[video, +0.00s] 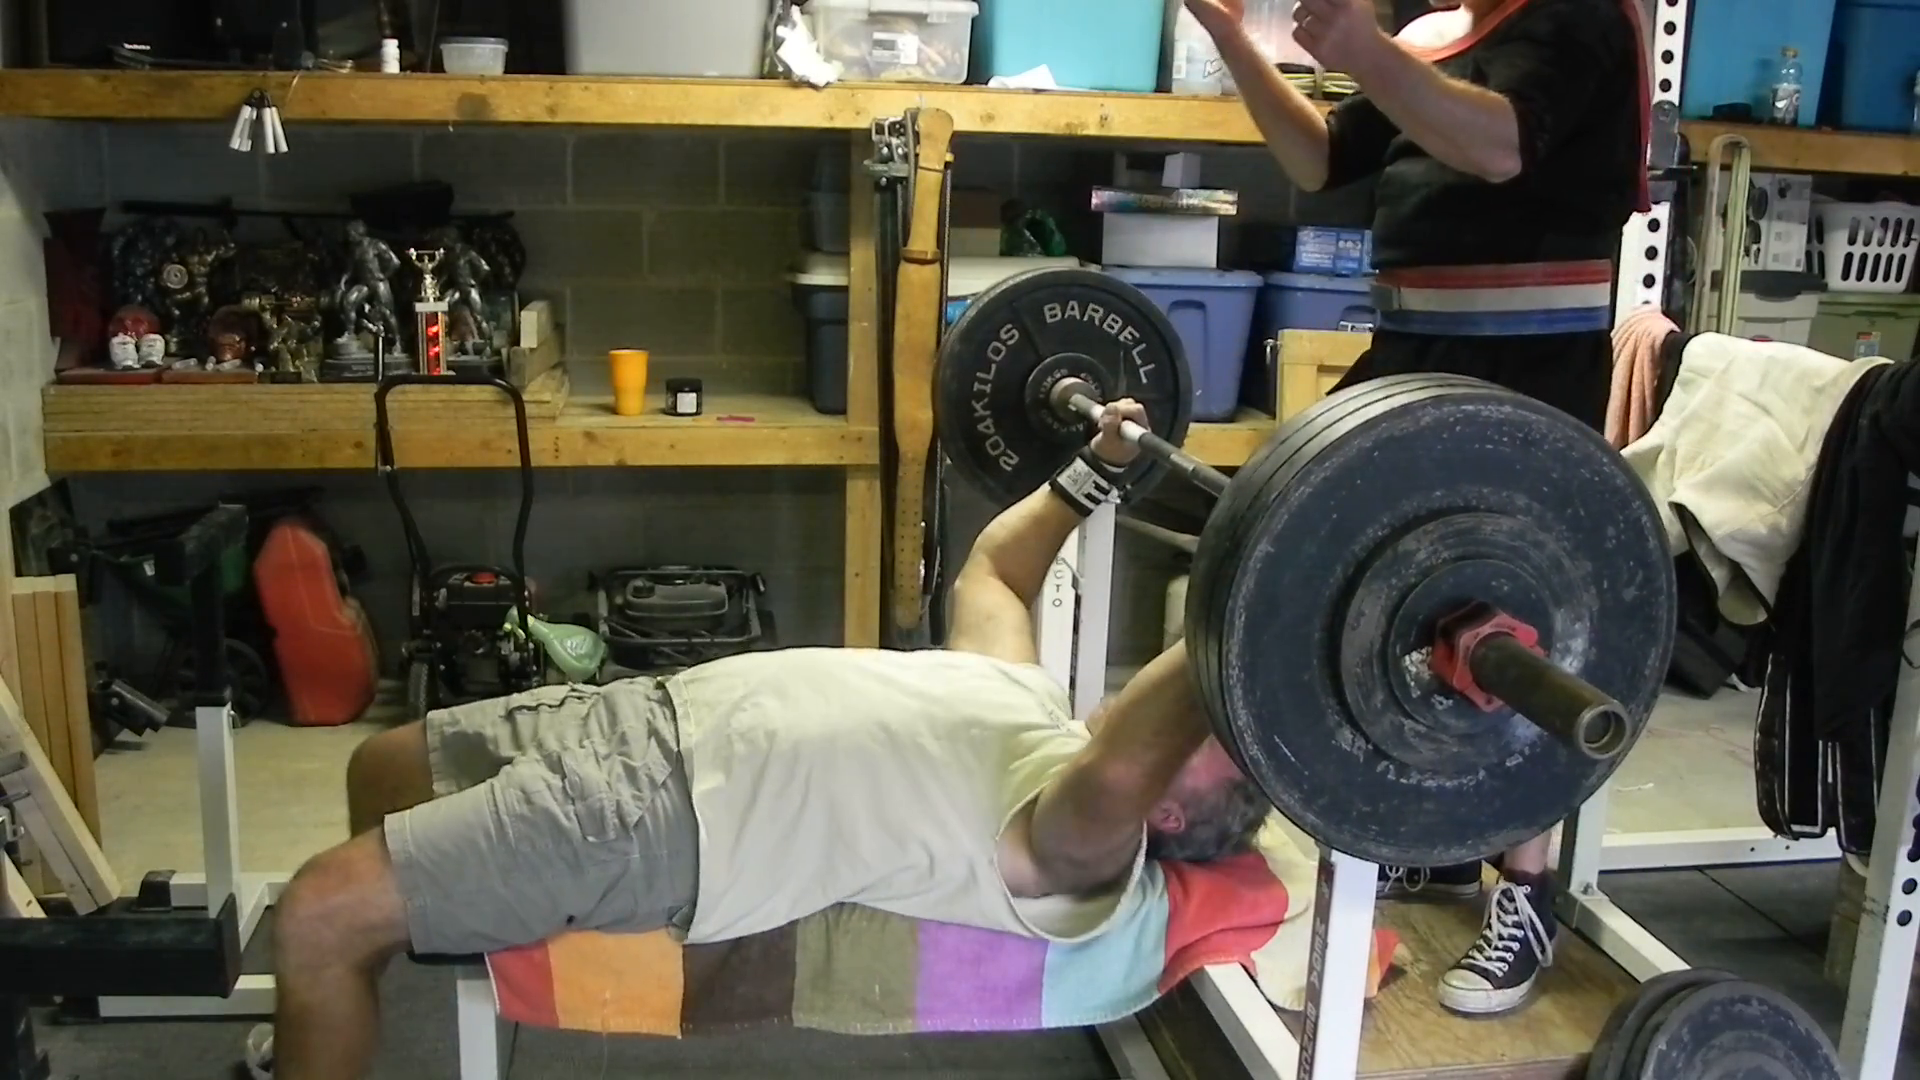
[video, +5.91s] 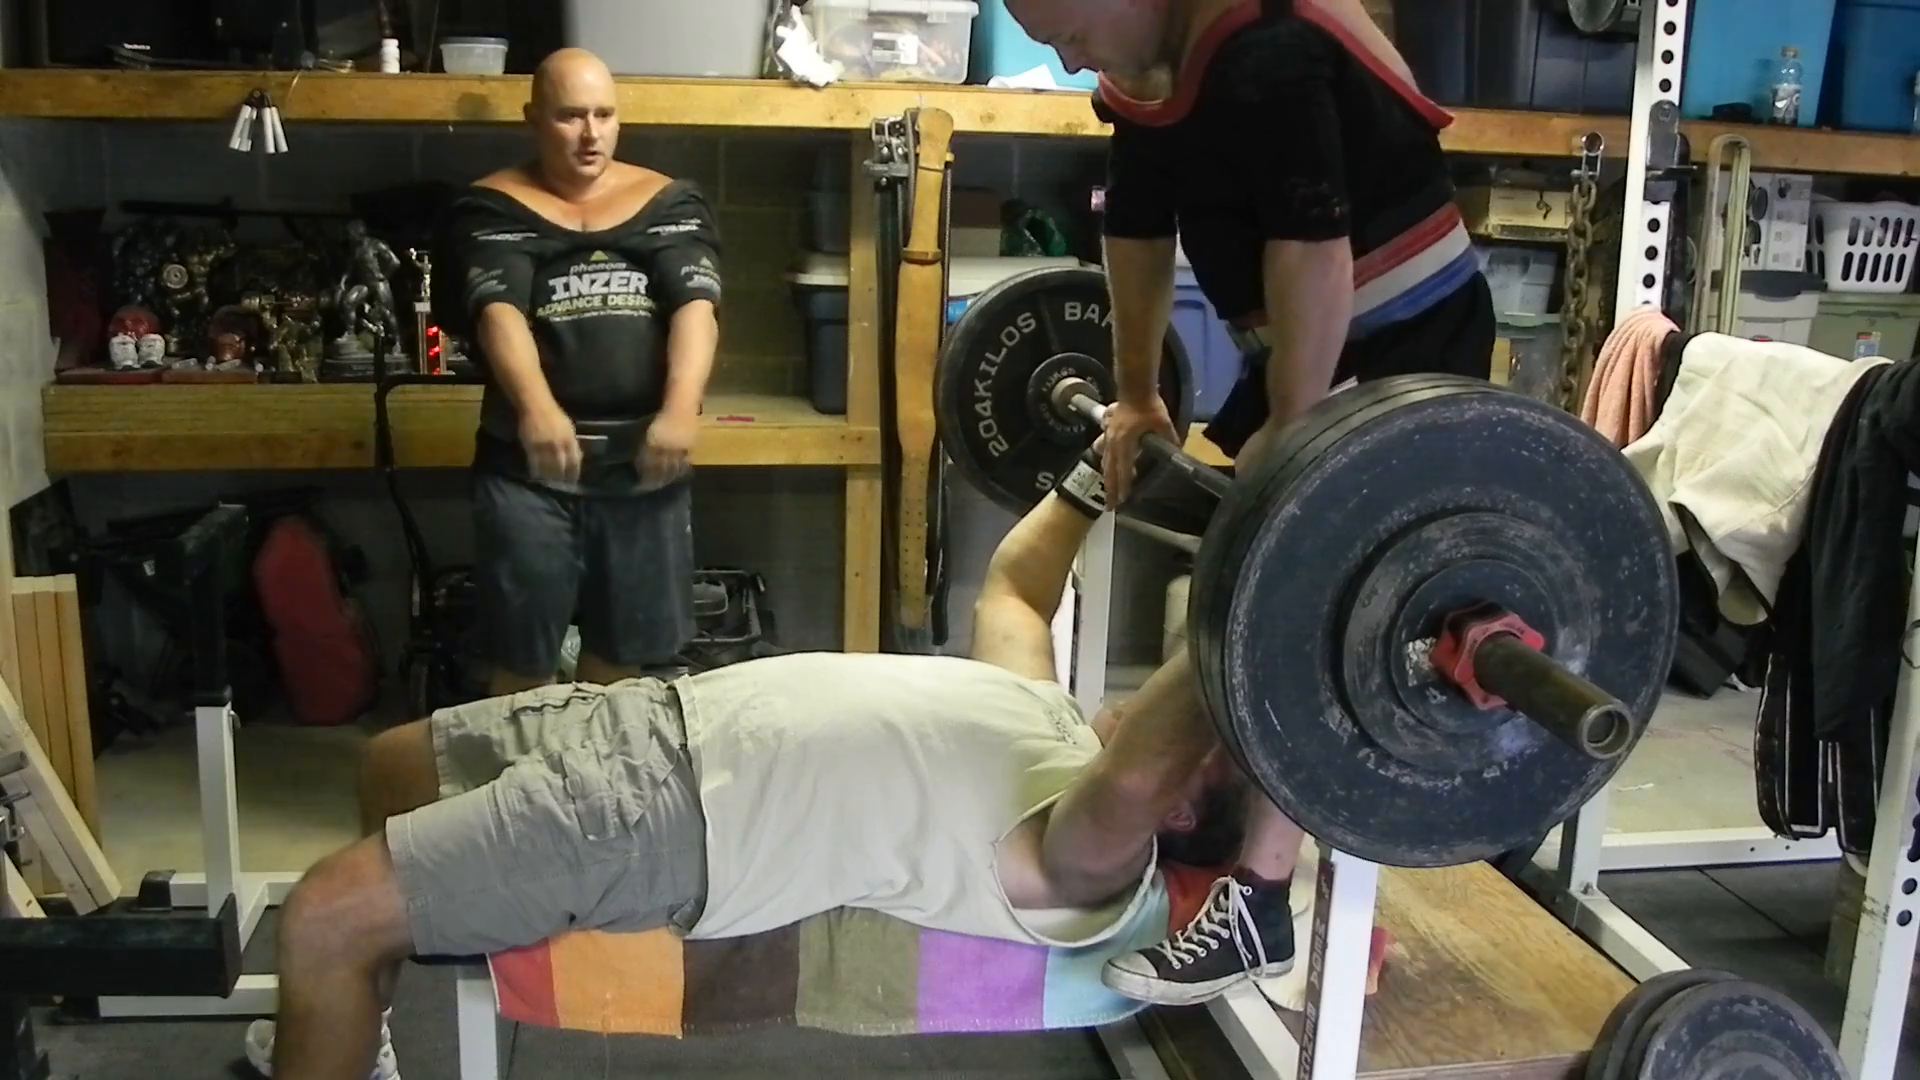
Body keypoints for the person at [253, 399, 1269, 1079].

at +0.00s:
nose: (1185, 731)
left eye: (1218, 745)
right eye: (1202, 716)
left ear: (1206, 810)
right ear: (1173, 719)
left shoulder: (1074, 851)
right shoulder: (1017, 702)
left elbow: (1125, 761)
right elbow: (999, 570)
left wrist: (1250, 623)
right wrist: (1086, 472)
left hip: (656, 821)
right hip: (635, 709)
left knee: (320, 914)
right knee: (384, 768)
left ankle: (318, 1062)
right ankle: (424, 951)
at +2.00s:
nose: (1191, 734)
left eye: (1220, 744)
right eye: (1207, 720)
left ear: (1214, 801)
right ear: (1184, 736)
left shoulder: (1080, 853)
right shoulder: (1026, 714)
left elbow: (1143, 753)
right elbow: (1008, 588)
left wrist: (1258, 608)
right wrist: (1091, 469)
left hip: (667, 818)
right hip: (648, 709)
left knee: (325, 921)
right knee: (386, 766)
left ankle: (331, 1065)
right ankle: (407, 991)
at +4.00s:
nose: (1181, 727)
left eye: (1207, 742)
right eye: (1203, 723)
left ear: (1202, 812)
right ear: (1187, 729)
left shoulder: (1078, 865)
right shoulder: (1043, 716)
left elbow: (1143, 754)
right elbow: (1013, 585)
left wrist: (1275, 596)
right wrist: (1104, 464)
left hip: (662, 817)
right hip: (648, 712)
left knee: (323, 922)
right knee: (391, 762)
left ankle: (332, 1064)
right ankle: (374, 1016)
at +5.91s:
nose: (1174, 722)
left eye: (1201, 741)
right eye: (1197, 723)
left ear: (1189, 815)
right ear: (1180, 740)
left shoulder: (1086, 872)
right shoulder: (1054, 723)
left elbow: (1145, 760)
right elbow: (1017, 589)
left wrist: (1270, 625)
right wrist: (1099, 482)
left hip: (666, 815)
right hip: (655, 714)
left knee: (323, 917)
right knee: (391, 767)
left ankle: (335, 1061)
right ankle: (382, 1009)